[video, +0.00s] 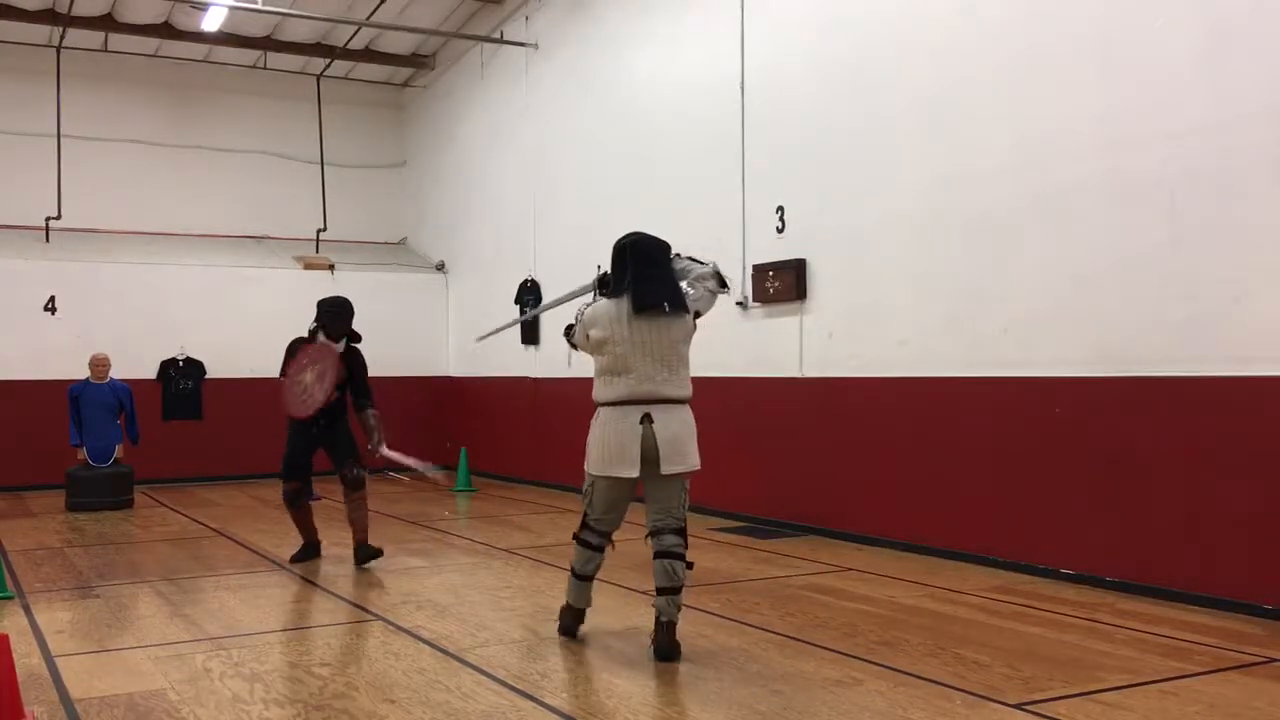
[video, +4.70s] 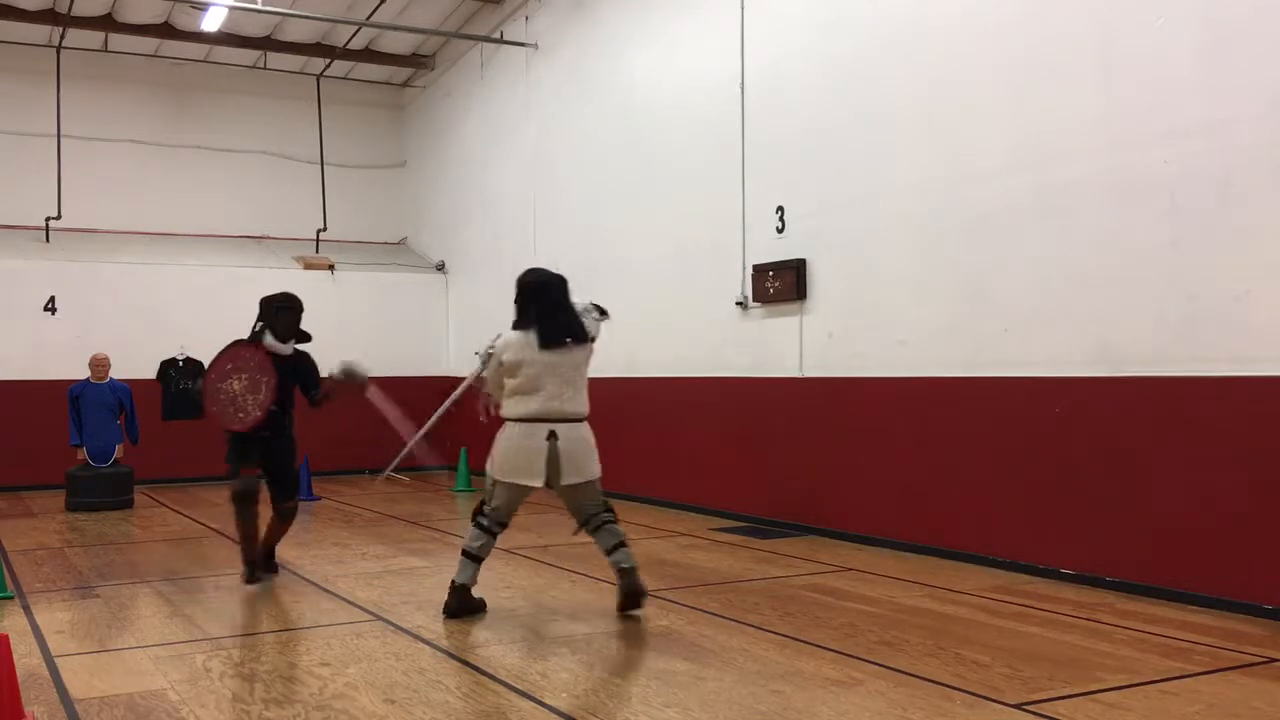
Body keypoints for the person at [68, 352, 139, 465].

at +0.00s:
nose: (100, 369)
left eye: (104, 366)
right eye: (97, 366)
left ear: (109, 367)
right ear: (90, 367)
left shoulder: (121, 389)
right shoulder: (77, 390)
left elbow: (130, 415)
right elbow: (74, 419)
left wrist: (133, 437)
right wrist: (78, 444)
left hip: (113, 444)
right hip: (88, 444)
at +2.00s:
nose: (100, 369)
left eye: (104, 366)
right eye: (96, 366)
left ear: (109, 367)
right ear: (89, 367)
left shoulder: (121, 389)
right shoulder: (77, 390)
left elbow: (130, 415)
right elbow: (74, 419)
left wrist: (133, 437)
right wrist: (78, 444)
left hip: (114, 445)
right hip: (87, 445)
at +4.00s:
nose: (100, 369)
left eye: (103, 366)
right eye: (96, 366)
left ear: (109, 367)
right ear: (89, 367)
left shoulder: (121, 389)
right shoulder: (77, 390)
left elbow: (130, 415)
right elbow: (74, 420)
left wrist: (133, 438)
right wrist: (78, 445)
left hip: (113, 444)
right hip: (88, 444)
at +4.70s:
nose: (100, 369)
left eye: (103, 366)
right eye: (96, 366)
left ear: (109, 367)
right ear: (89, 367)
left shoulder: (121, 389)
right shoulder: (77, 390)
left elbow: (130, 415)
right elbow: (74, 419)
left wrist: (133, 437)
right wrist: (78, 445)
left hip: (113, 445)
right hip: (87, 445)